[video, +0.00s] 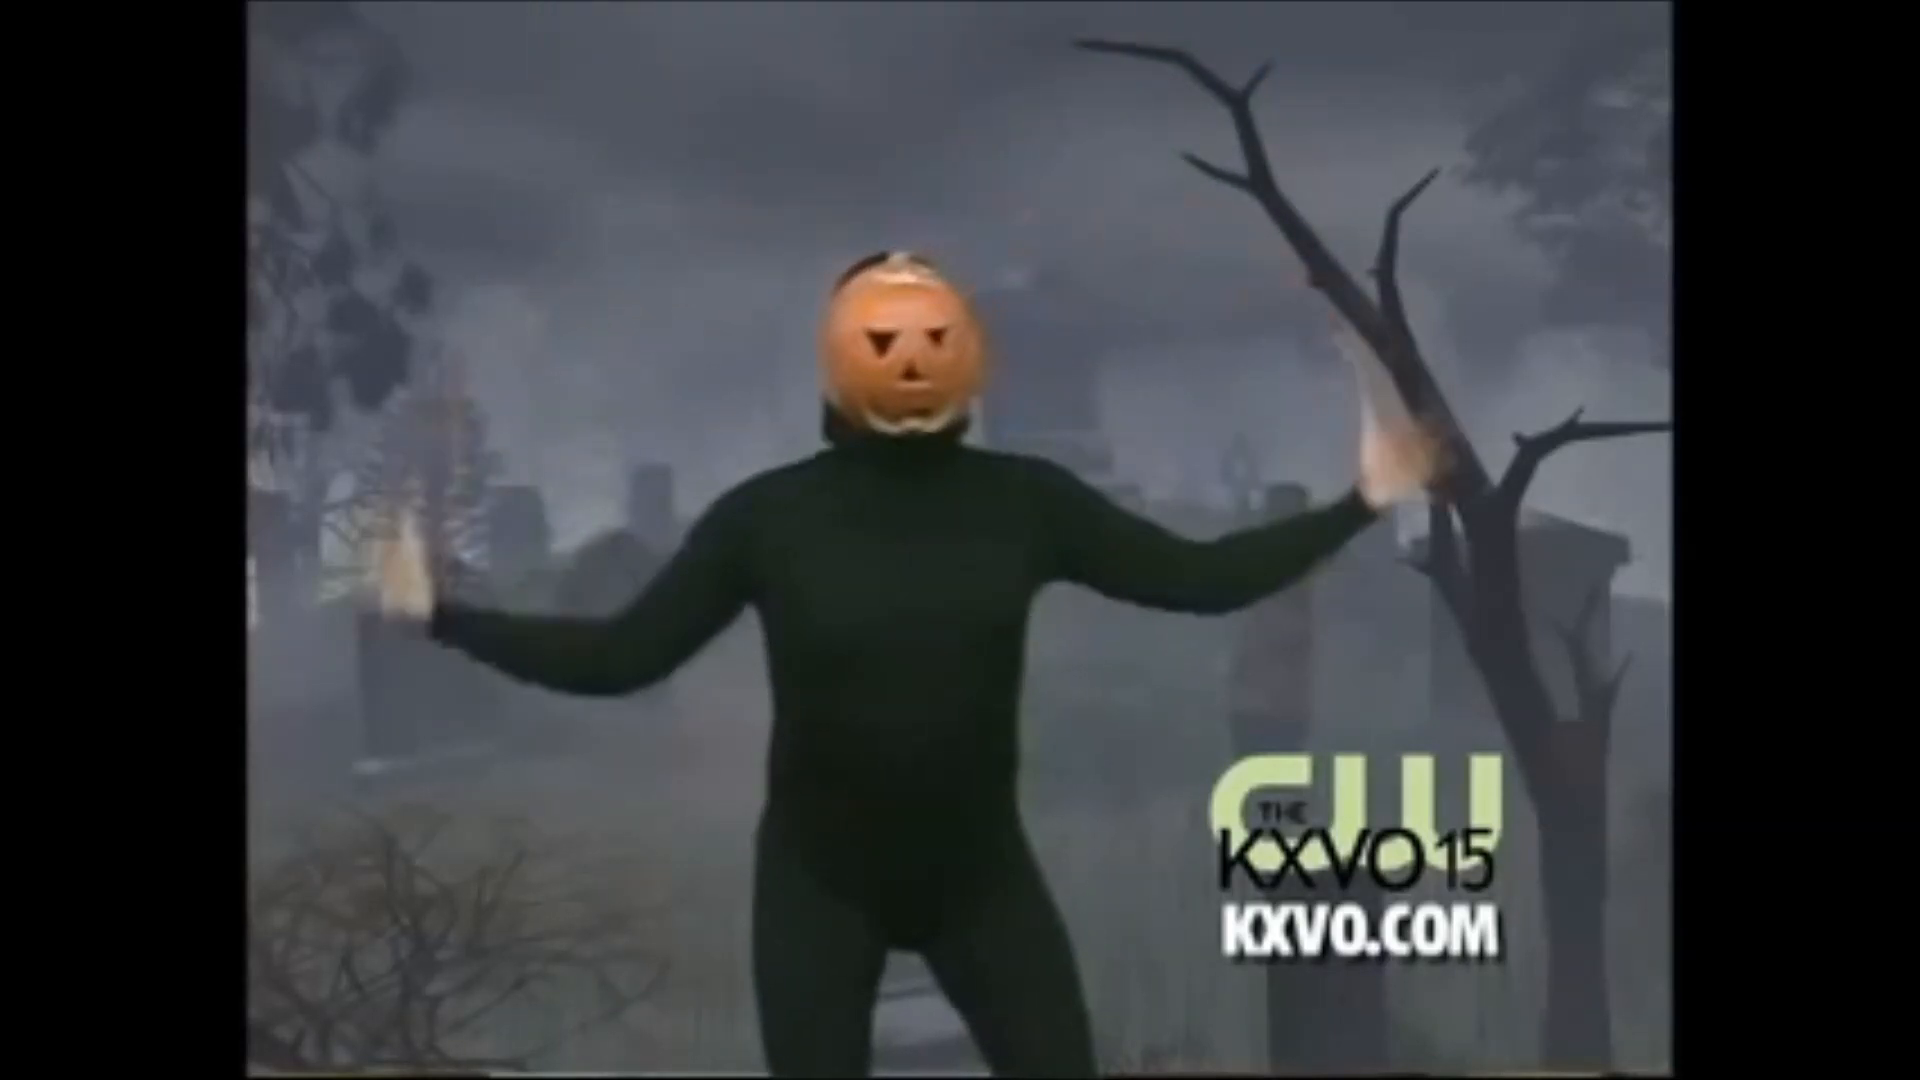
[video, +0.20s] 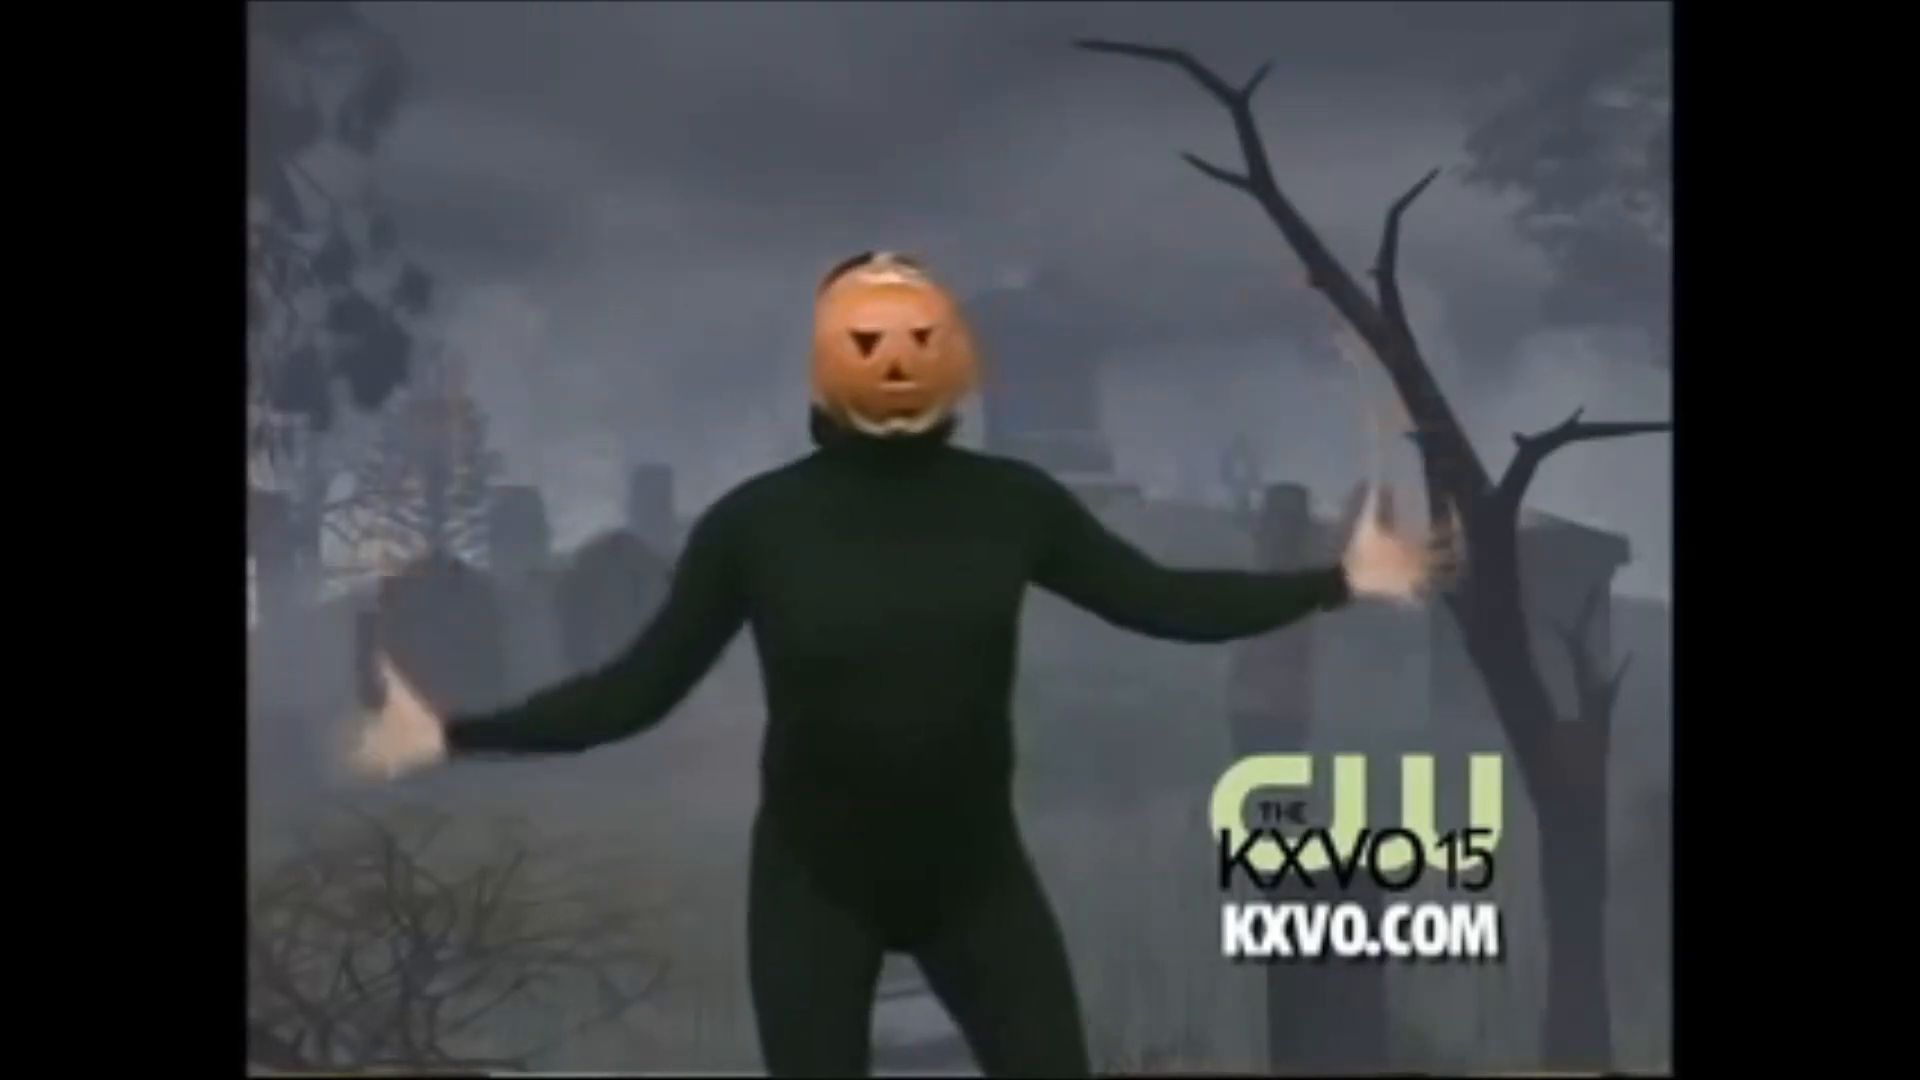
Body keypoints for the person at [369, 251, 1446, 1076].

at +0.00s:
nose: (908, 337)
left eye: (935, 324)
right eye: (877, 326)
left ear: (972, 368)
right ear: (833, 370)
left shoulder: (1029, 503)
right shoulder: (768, 516)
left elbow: (1202, 575)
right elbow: (622, 656)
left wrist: (1365, 496)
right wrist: (439, 610)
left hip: (979, 871)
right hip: (817, 876)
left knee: (1059, 1062)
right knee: (813, 1072)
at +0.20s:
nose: (895, 340)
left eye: (920, 324)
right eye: (864, 329)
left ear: (958, 366)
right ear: (822, 370)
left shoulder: (1012, 504)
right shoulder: (757, 522)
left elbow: (1166, 600)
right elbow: (636, 690)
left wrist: (1337, 579)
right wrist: (462, 731)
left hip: (973, 872)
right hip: (813, 878)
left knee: (1052, 1065)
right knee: (812, 1074)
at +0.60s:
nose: (893, 304)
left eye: (915, 282)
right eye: (856, 290)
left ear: (948, 310)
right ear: (803, 331)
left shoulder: (972, 451)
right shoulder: (778, 492)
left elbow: (955, 611)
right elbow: (799, 690)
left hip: (962, 777)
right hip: (822, 802)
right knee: (846, 1049)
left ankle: (1028, 1064)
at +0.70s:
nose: (897, 273)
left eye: (917, 250)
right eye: (860, 255)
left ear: (953, 278)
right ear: (805, 296)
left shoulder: (973, 407)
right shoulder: (790, 462)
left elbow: (977, 610)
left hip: (950, 734)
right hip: (827, 770)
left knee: (1045, 788)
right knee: (851, 1058)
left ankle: (995, 1060)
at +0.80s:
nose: (889, 213)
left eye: (913, 191)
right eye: (853, 196)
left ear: (946, 220)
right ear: (799, 241)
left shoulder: (975, 362)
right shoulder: (777, 404)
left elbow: (967, 564)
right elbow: (938, 581)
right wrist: (1009, 396)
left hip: (963, 723)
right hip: (823, 747)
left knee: (1031, 936)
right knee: (847, 1028)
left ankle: (1002, 1070)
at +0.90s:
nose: (854, 214)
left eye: (876, 192)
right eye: (820, 197)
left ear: (912, 213)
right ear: (769, 233)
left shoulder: (962, 342)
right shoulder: (756, 401)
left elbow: (970, 523)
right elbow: (859, 583)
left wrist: (1012, 442)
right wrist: (992, 472)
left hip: (959, 757)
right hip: (813, 774)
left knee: (994, 1042)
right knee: (835, 1050)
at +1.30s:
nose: (924, 195)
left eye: (950, 174)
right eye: (894, 172)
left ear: (985, 203)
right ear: (840, 203)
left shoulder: (1026, 366)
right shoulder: (762, 369)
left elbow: (1106, 581)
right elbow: (692, 538)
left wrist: (950, 510)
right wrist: (748, 662)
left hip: (988, 748)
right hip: (826, 762)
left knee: (1099, 1012)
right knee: (838, 1057)